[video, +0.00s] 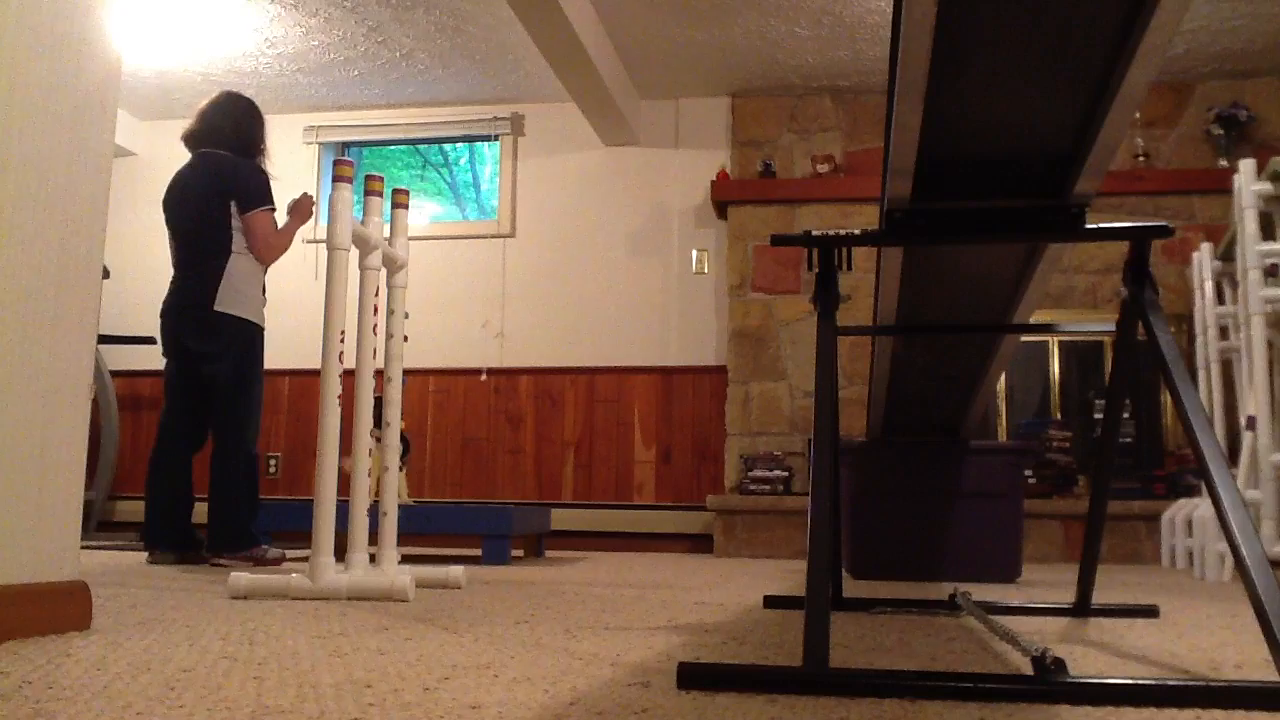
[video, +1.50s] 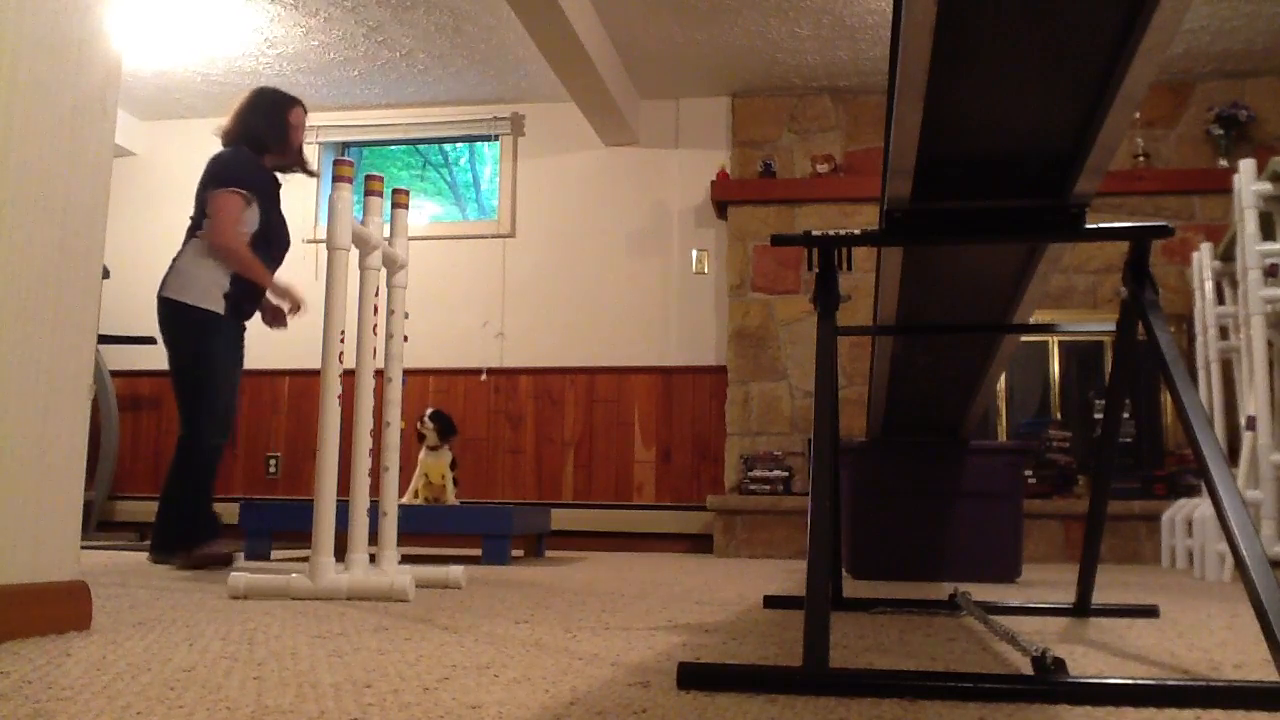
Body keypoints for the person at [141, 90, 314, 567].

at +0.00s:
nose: (260, 140)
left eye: (260, 133)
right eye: (259, 132)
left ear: (204, 125)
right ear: (250, 131)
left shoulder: (179, 180)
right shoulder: (244, 173)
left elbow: (196, 252)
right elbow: (267, 251)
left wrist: (257, 233)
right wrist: (294, 220)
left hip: (181, 316)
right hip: (230, 321)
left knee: (179, 428)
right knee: (237, 435)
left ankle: (167, 539)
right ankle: (233, 540)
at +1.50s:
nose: (305, 137)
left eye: (304, 127)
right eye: (298, 127)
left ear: (267, 131)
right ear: (271, 129)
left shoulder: (261, 178)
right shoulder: (237, 165)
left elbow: (234, 249)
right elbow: (223, 239)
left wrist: (261, 301)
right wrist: (276, 285)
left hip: (220, 310)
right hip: (198, 306)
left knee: (211, 426)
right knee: (207, 425)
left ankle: (177, 537)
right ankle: (188, 538)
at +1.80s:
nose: (306, 119)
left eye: (308, 109)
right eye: (299, 108)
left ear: (294, 113)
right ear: (269, 107)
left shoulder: (280, 181)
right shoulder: (217, 147)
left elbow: (270, 262)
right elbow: (181, 219)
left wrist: (291, 328)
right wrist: (204, 292)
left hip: (240, 312)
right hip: (184, 305)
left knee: (254, 421)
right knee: (202, 422)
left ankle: (206, 517)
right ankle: (188, 543)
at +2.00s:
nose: (322, 114)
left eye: (324, 105)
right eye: (314, 103)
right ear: (282, 101)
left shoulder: (299, 180)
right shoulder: (213, 141)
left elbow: (310, 265)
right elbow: (164, 214)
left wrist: (337, 329)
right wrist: (157, 290)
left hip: (255, 308)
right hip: (189, 304)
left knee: (281, 419)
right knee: (198, 423)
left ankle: (268, 536)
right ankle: (194, 542)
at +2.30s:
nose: (362, 125)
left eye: (365, 114)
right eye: (355, 112)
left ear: (340, 115)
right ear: (320, 106)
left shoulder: (340, 175)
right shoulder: (236, 143)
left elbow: (370, 268)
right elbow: (182, 215)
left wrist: (417, 334)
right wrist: (161, 296)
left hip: (282, 313)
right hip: (210, 308)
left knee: (288, 423)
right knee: (201, 428)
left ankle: (298, 546)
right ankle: (197, 542)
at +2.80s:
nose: (406, 107)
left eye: (410, 98)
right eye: (398, 93)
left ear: (402, 103)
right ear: (359, 84)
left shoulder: (383, 165)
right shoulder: (268, 125)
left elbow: (426, 242)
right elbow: (210, 208)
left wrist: (474, 285)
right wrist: (205, 291)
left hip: (308, 297)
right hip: (240, 286)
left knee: (305, 418)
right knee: (214, 415)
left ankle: (298, 545)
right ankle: (198, 529)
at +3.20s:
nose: (323, 97)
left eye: (333, 89)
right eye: (314, 83)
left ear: (338, 98)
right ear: (282, 80)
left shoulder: (317, 158)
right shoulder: (209, 134)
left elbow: (343, 250)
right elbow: (172, 228)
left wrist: (393, 298)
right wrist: (178, 312)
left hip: (276, 301)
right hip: (207, 296)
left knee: (284, 419)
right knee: (173, 417)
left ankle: (292, 544)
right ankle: (134, 542)